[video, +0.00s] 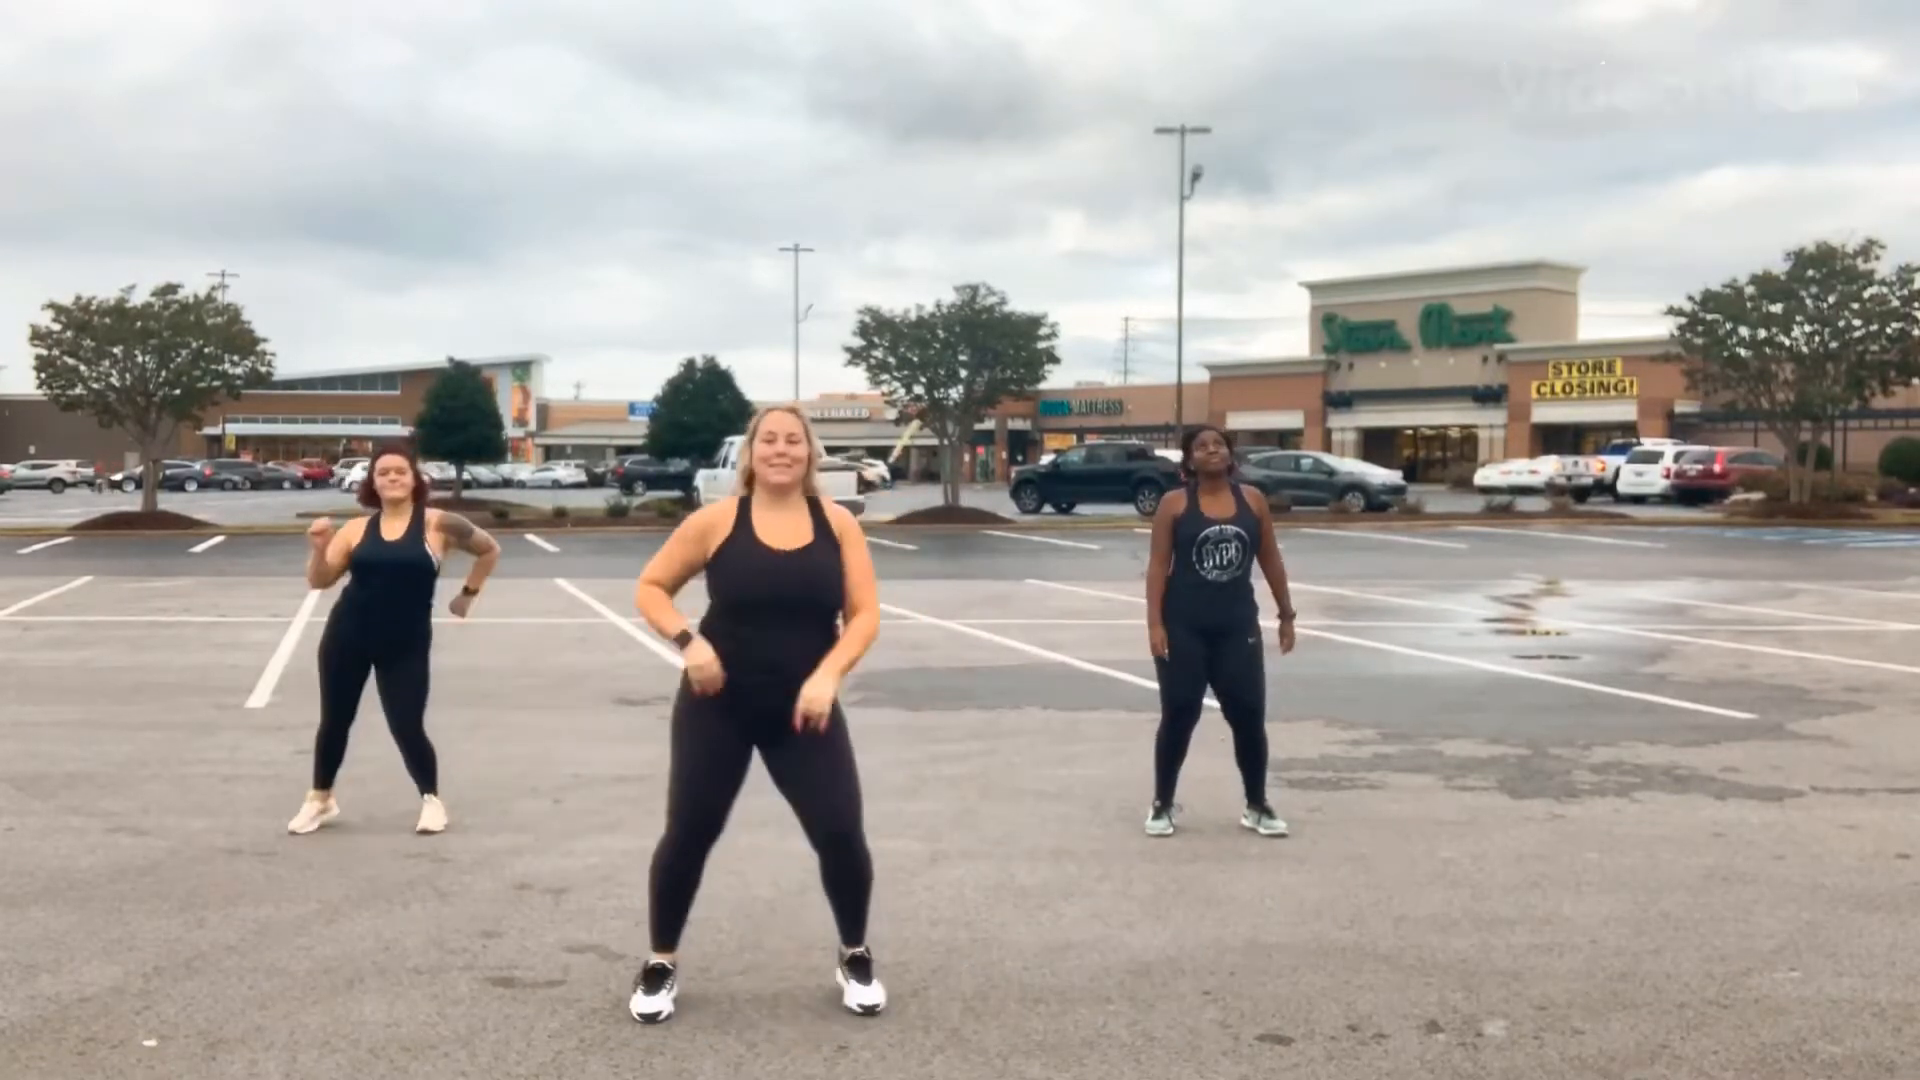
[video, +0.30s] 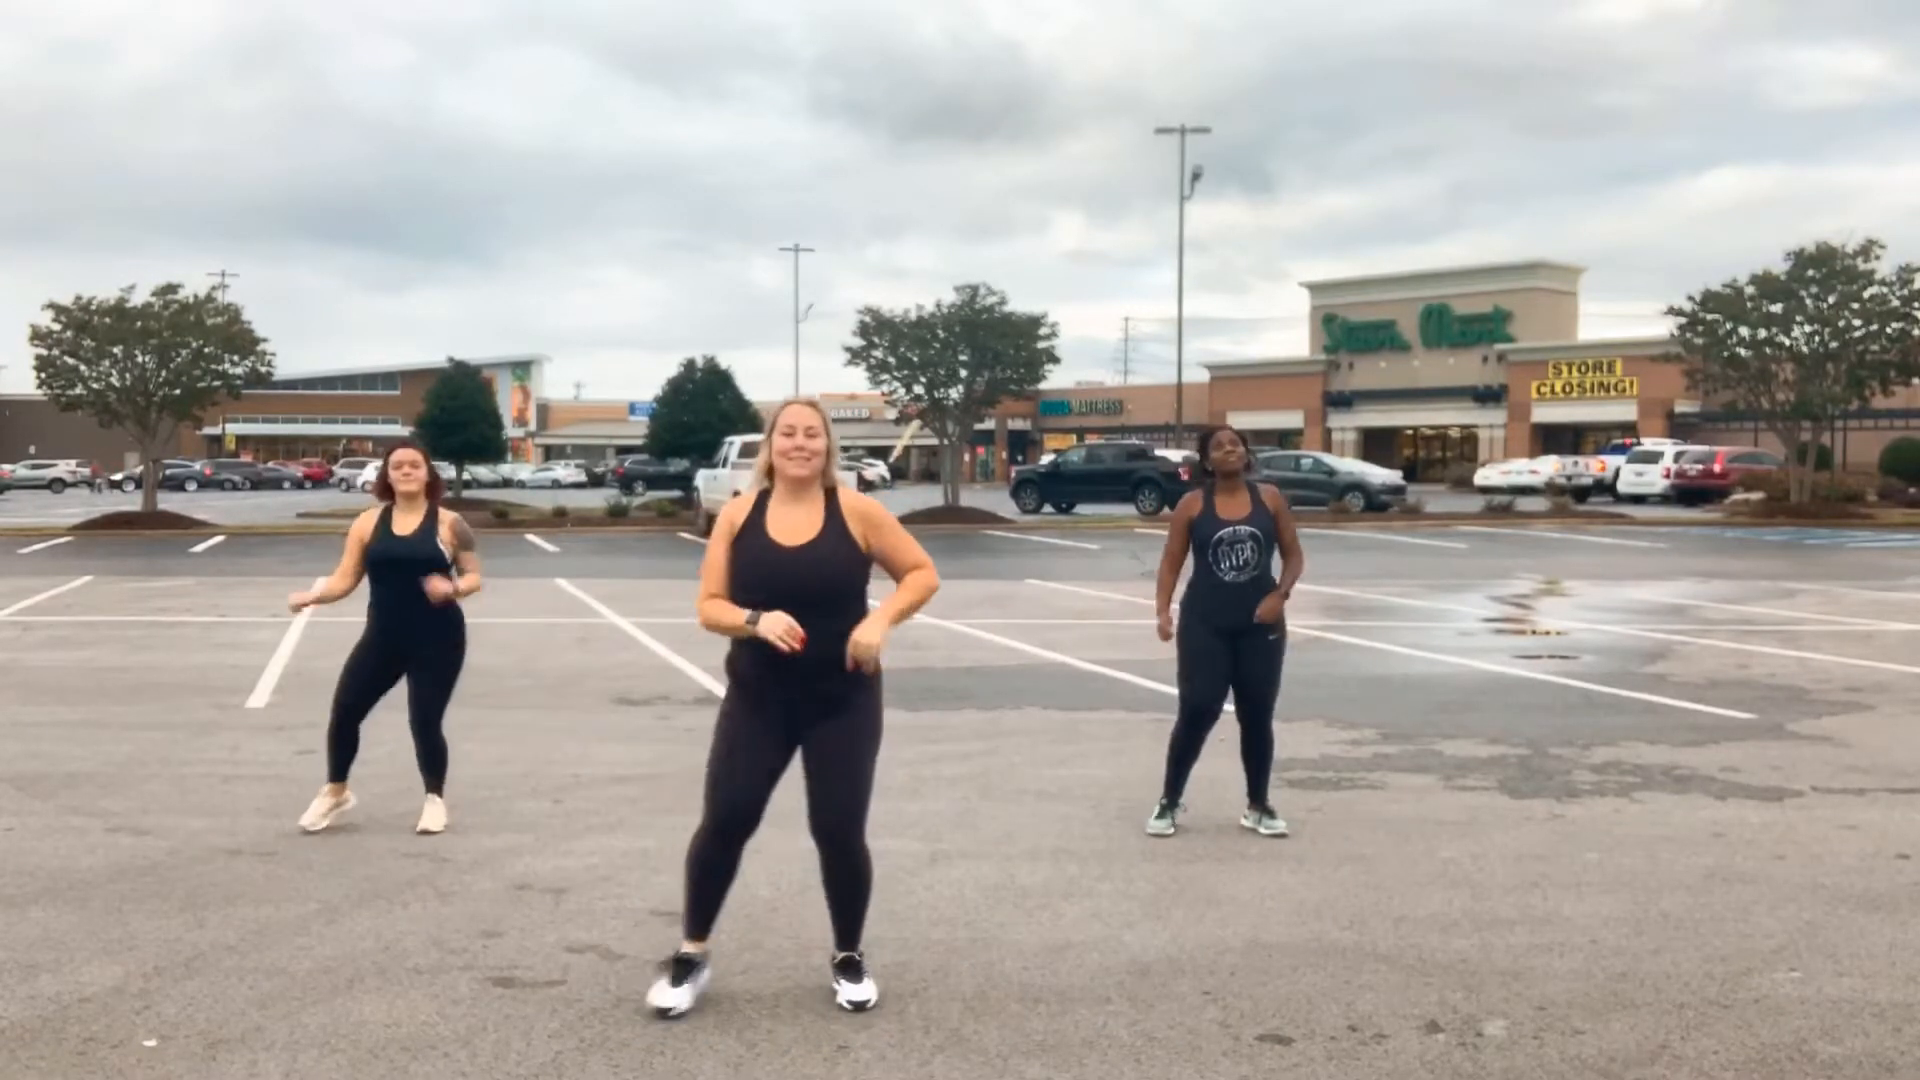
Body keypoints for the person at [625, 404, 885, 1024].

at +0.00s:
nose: (780, 449)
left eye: (792, 440)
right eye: (769, 440)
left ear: (809, 455)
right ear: (750, 454)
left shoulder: (838, 524)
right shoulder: (716, 520)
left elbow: (866, 614)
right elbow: (651, 589)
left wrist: (828, 674)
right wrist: (690, 643)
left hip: (806, 707)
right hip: (718, 702)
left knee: (842, 838)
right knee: (689, 833)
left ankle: (855, 955)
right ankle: (661, 962)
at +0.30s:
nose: (799, 442)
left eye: (811, 433)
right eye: (788, 433)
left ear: (829, 447)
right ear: (769, 446)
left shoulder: (856, 510)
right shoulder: (740, 512)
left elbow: (924, 574)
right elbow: (709, 607)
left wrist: (879, 620)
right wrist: (755, 620)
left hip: (843, 700)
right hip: (757, 699)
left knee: (840, 833)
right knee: (723, 825)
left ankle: (848, 959)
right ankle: (691, 954)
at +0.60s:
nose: (817, 457)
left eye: (827, 448)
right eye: (805, 448)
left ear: (844, 460)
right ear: (786, 460)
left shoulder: (871, 529)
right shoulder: (754, 523)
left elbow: (907, 617)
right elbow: (694, 589)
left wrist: (865, 594)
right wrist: (719, 661)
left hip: (862, 711)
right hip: (782, 712)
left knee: (866, 835)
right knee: (806, 838)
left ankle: (853, 957)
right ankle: (782, 957)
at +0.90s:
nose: (835, 449)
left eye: (846, 439)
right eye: (823, 440)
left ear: (864, 451)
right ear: (805, 452)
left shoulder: (897, 517)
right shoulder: (778, 520)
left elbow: (949, 588)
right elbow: (755, 609)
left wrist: (961, 662)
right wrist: (819, 612)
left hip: (881, 702)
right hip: (795, 704)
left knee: (925, 822)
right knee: (786, 833)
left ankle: (958, 935)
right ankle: (777, 954)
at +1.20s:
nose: (872, 452)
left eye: (884, 443)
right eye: (861, 443)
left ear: (902, 453)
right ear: (844, 453)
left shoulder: (931, 520)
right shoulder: (815, 523)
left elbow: (1000, 584)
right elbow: (774, 605)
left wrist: (964, 619)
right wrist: (811, 648)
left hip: (923, 699)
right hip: (837, 702)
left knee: (950, 824)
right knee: (808, 831)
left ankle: (981, 941)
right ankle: (775, 941)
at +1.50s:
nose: (839, 450)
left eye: (850, 441)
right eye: (827, 441)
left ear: (867, 455)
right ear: (809, 454)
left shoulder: (894, 521)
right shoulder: (780, 519)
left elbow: (923, 607)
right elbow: (706, 579)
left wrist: (883, 650)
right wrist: (740, 643)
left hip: (867, 698)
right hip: (784, 700)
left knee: (921, 813)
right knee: (783, 830)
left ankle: (948, 939)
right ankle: (772, 952)